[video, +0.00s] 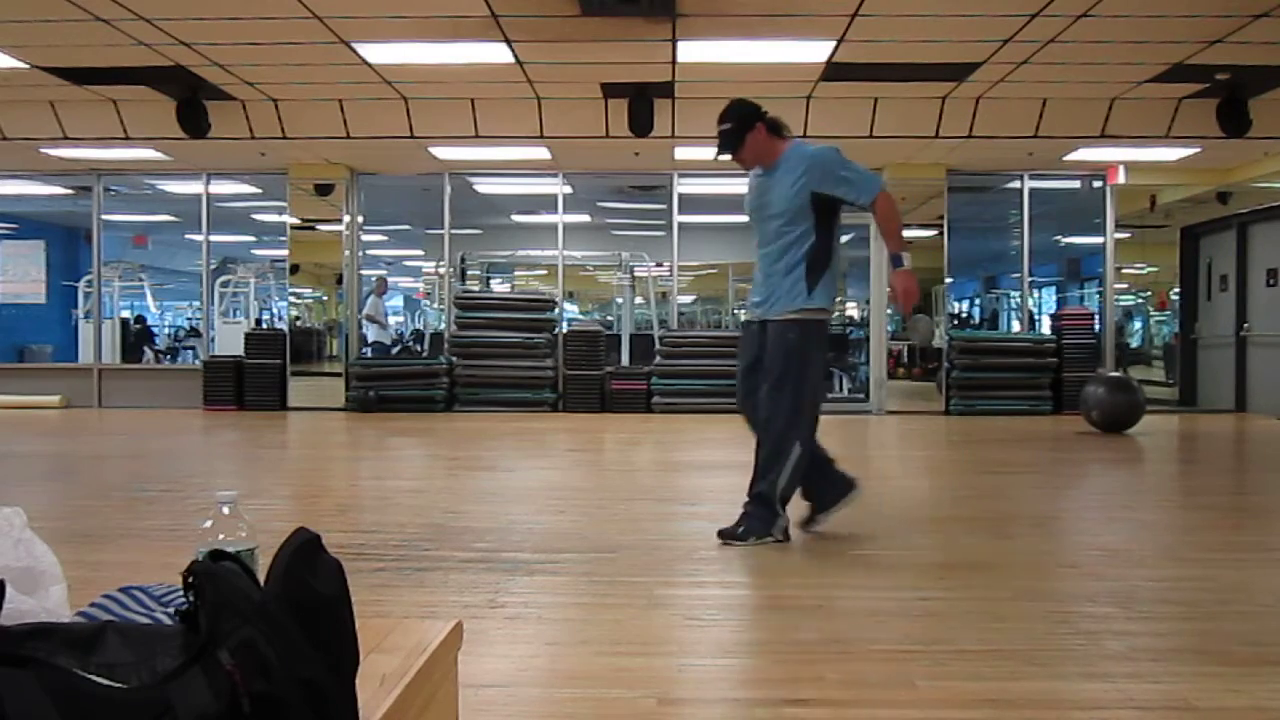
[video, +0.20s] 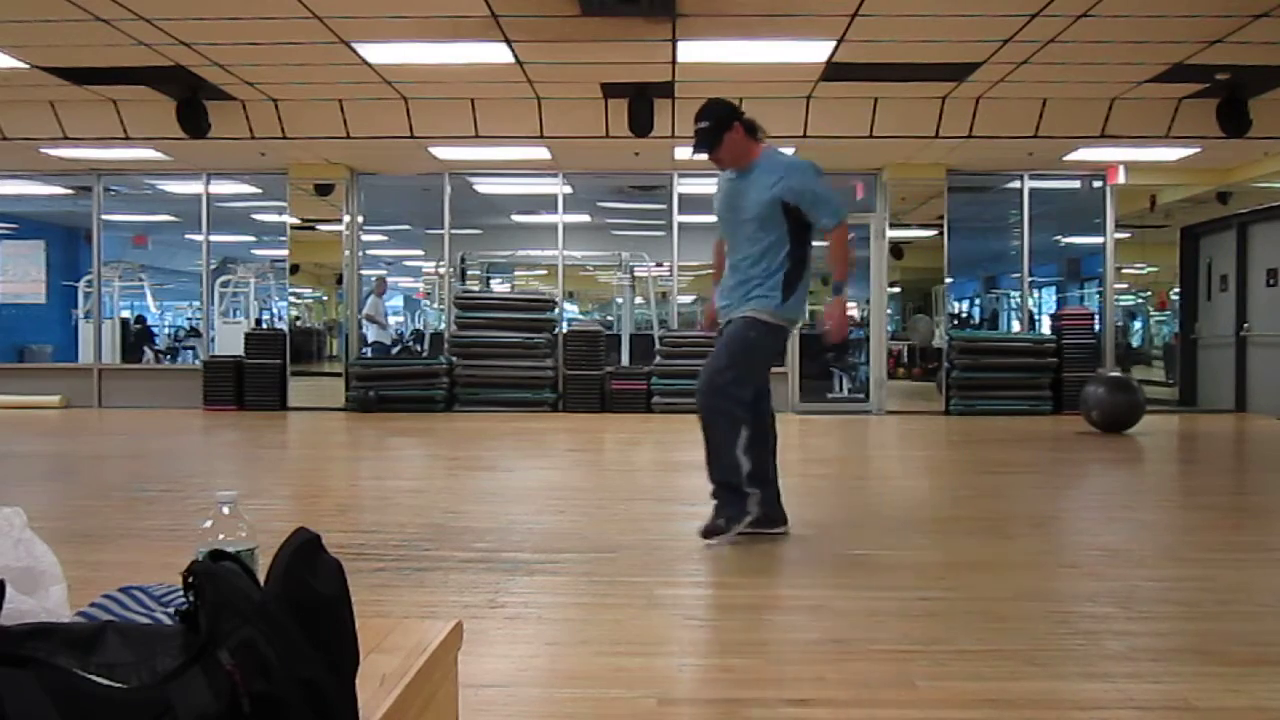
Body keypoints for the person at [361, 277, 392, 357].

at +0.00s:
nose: (386, 289)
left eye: (386, 286)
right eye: (384, 286)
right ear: (378, 286)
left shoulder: (380, 300)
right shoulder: (373, 299)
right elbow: (367, 314)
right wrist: (381, 322)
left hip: (384, 337)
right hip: (377, 338)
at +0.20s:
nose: (385, 288)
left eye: (385, 286)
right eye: (383, 286)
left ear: (386, 286)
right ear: (377, 287)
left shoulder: (381, 300)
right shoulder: (373, 299)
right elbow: (367, 314)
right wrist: (380, 323)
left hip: (384, 337)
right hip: (377, 338)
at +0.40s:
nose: (385, 289)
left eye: (385, 286)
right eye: (383, 286)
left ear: (385, 287)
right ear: (377, 287)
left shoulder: (381, 300)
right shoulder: (373, 299)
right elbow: (366, 314)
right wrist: (380, 322)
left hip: (384, 337)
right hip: (377, 337)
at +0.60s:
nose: (385, 288)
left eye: (385, 286)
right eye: (383, 286)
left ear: (385, 287)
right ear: (377, 287)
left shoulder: (381, 301)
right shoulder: (372, 299)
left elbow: (383, 316)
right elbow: (365, 314)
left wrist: (388, 325)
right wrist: (378, 323)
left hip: (385, 337)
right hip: (376, 337)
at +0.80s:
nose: (385, 288)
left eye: (385, 286)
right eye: (383, 285)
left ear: (385, 287)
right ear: (377, 287)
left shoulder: (381, 301)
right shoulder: (372, 299)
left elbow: (383, 316)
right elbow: (365, 314)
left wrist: (387, 324)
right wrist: (379, 324)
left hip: (385, 337)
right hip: (376, 337)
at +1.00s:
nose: (385, 288)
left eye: (385, 286)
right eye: (383, 286)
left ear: (385, 287)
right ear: (377, 287)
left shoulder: (381, 301)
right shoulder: (372, 299)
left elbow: (383, 316)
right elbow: (365, 314)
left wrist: (386, 324)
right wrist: (378, 324)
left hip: (384, 337)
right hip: (376, 338)